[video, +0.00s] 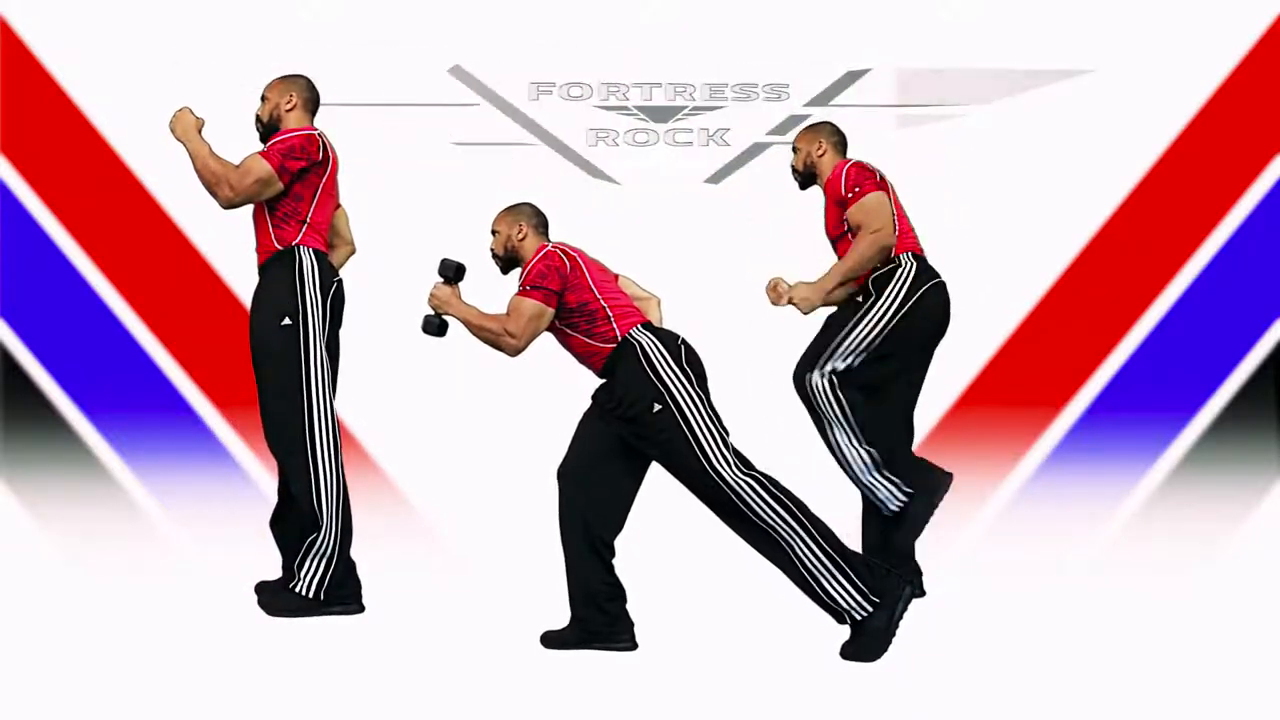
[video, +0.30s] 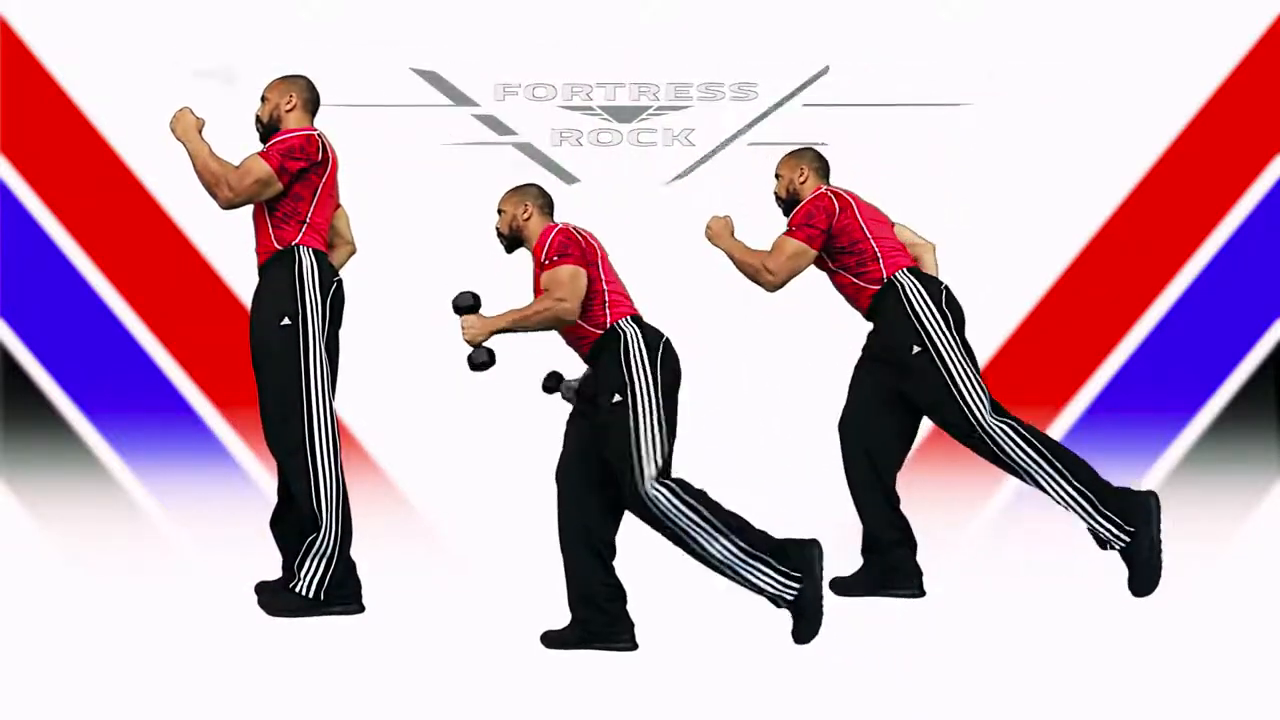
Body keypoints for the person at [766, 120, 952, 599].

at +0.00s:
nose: (792, 161)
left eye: (797, 151)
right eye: (792, 154)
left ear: (821, 147)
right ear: (824, 149)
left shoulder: (850, 172)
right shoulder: (836, 205)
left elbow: (880, 234)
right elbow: (855, 290)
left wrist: (822, 288)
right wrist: (798, 295)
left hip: (903, 283)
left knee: (817, 373)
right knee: (882, 435)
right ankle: (891, 572)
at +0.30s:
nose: (774, 188)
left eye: (779, 178)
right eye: (774, 180)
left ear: (806, 174)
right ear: (813, 179)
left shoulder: (821, 204)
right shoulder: (848, 209)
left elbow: (770, 272)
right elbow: (922, 248)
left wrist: (726, 242)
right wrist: (935, 320)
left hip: (910, 303)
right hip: (898, 317)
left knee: (980, 424)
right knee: (863, 438)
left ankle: (1124, 517)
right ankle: (891, 567)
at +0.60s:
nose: (771, 201)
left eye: (778, 191)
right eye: (772, 193)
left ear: (805, 190)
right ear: (810, 193)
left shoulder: (816, 219)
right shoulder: (846, 222)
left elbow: (771, 291)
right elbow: (922, 250)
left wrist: (724, 262)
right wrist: (941, 315)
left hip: (920, 310)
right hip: (902, 326)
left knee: (1000, 427)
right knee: (863, 437)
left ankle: (1137, 531)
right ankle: (891, 567)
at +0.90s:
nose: (767, 200)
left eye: (774, 190)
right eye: (768, 192)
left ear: (802, 190)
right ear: (807, 193)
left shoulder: (814, 220)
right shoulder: (843, 222)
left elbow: (771, 295)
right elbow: (919, 250)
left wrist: (721, 265)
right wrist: (940, 317)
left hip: (918, 312)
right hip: (901, 327)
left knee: (997, 430)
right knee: (859, 437)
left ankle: (1139, 533)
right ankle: (890, 568)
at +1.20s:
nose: (769, 188)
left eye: (775, 178)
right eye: (769, 181)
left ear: (802, 176)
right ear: (807, 183)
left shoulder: (820, 207)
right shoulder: (846, 212)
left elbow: (790, 283)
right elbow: (915, 263)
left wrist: (731, 276)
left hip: (913, 306)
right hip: (892, 323)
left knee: (960, 434)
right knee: (861, 439)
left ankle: (1104, 527)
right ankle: (890, 568)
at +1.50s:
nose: (793, 158)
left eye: (798, 148)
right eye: (793, 150)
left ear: (822, 144)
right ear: (823, 146)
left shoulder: (851, 172)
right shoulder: (843, 198)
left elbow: (899, 220)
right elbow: (824, 272)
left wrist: (887, 292)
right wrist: (770, 251)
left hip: (901, 288)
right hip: (905, 301)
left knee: (794, 339)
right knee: (883, 440)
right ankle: (892, 569)